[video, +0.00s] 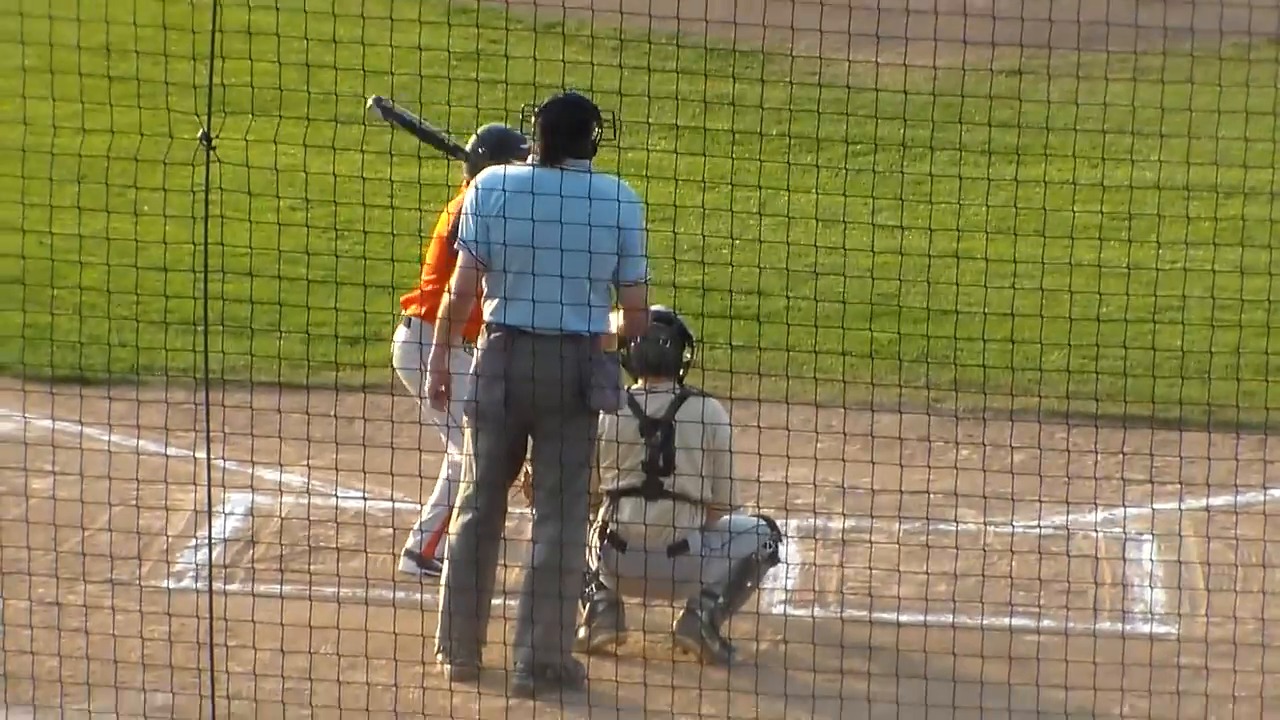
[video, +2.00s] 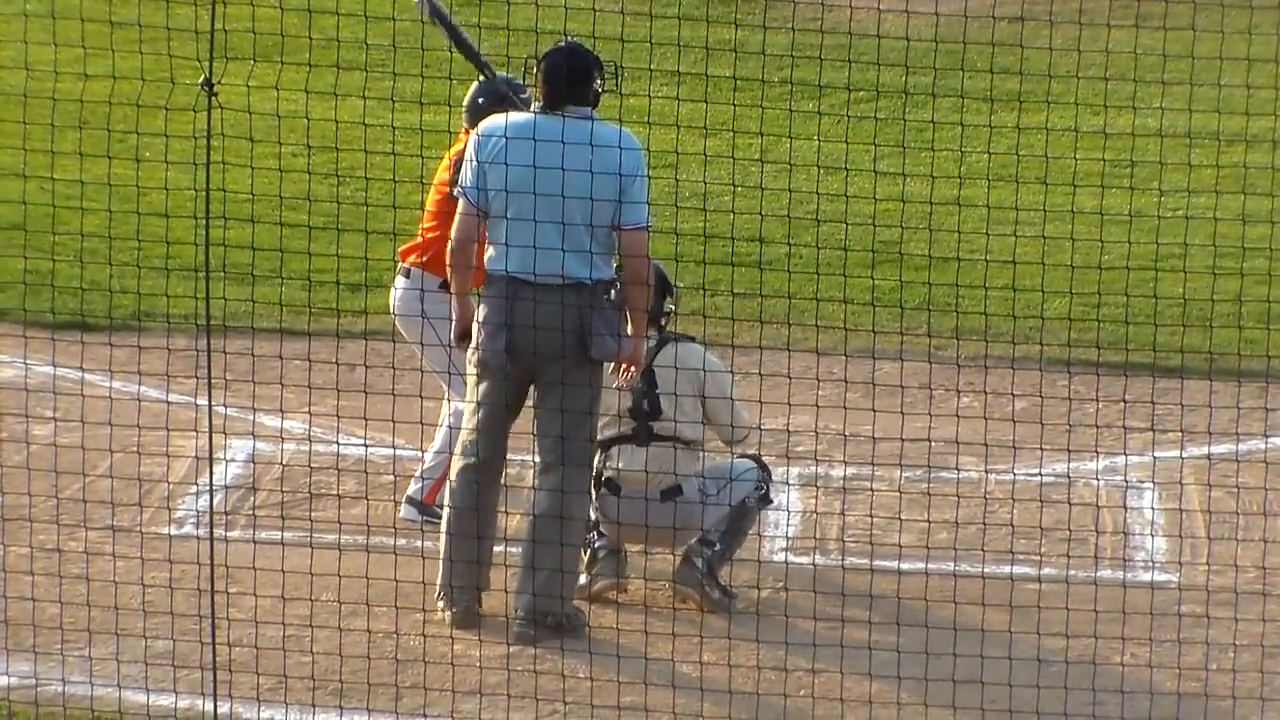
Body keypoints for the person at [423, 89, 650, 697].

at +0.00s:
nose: (592, 145)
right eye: (594, 138)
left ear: (538, 138)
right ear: (593, 142)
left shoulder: (492, 186)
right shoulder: (621, 201)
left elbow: (462, 290)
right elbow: (636, 315)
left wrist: (440, 357)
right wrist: (610, 341)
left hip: (501, 359)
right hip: (575, 364)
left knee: (478, 504)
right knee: (561, 512)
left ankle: (460, 650)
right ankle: (542, 661)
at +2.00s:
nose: (594, 96)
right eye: (598, 88)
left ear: (539, 87)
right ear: (595, 91)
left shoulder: (493, 135)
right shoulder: (623, 147)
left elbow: (462, 240)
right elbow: (634, 252)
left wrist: (462, 307)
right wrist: (637, 331)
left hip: (506, 309)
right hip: (581, 315)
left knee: (479, 447)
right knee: (565, 460)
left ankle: (459, 594)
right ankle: (544, 606)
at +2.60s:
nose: (579, 147)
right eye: (576, 140)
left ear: (515, 136)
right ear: (569, 142)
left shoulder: (469, 177)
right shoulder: (584, 186)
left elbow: (404, 256)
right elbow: (600, 270)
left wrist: (429, 333)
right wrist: (630, 340)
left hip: (460, 332)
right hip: (535, 337)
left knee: (431, 437)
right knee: (617, 446)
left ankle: (383, 565)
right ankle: (586, 574)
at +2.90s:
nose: (598, 209)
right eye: (595, 202)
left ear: (538, 197)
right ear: (590, 204)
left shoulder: (490, 237)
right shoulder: (603, 247)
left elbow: (405, 297)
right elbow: (625, 320)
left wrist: (435, 366)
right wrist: (645, 397)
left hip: (467, 389)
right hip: (547, 393)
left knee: (441, 450)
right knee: (652, 473)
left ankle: (383, 561)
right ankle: (648, 605)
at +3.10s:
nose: (607, 250)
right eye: (606, 244)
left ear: (548, 241)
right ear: (601, 249)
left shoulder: (501, 274)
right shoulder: (611, 287)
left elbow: (412, 313)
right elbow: (628, 350)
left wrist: (444, 386)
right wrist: (641, 420)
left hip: (469, 420)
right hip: (548, 426)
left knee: (439, 460)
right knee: (662, 479)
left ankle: (383, 567)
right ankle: (649, 610)